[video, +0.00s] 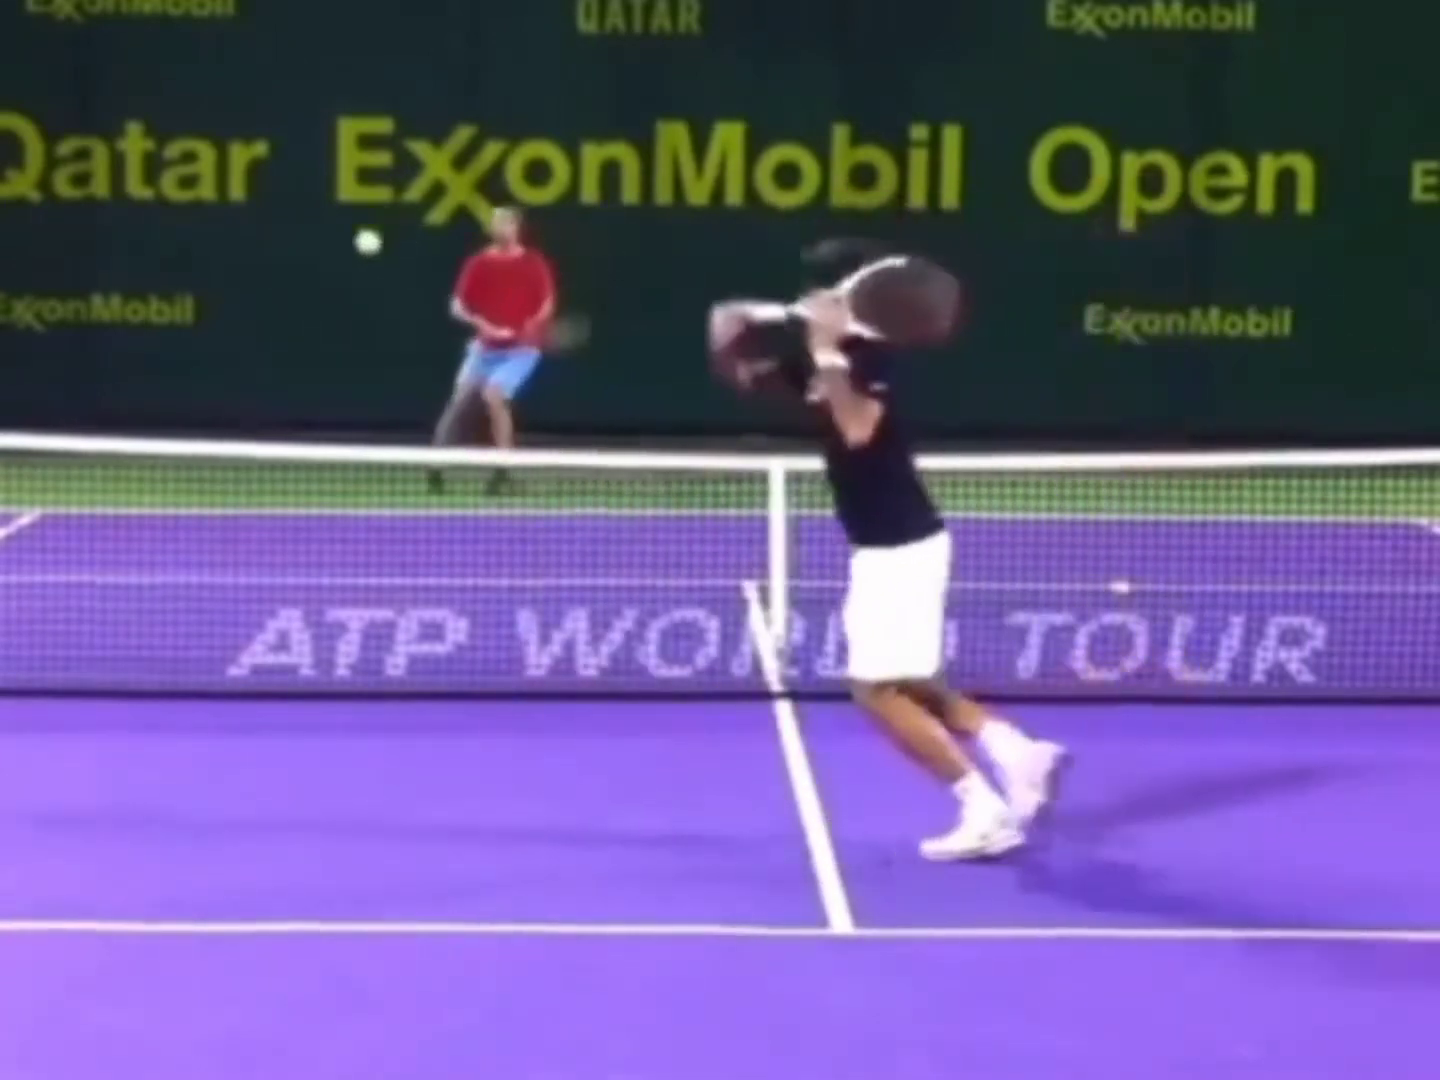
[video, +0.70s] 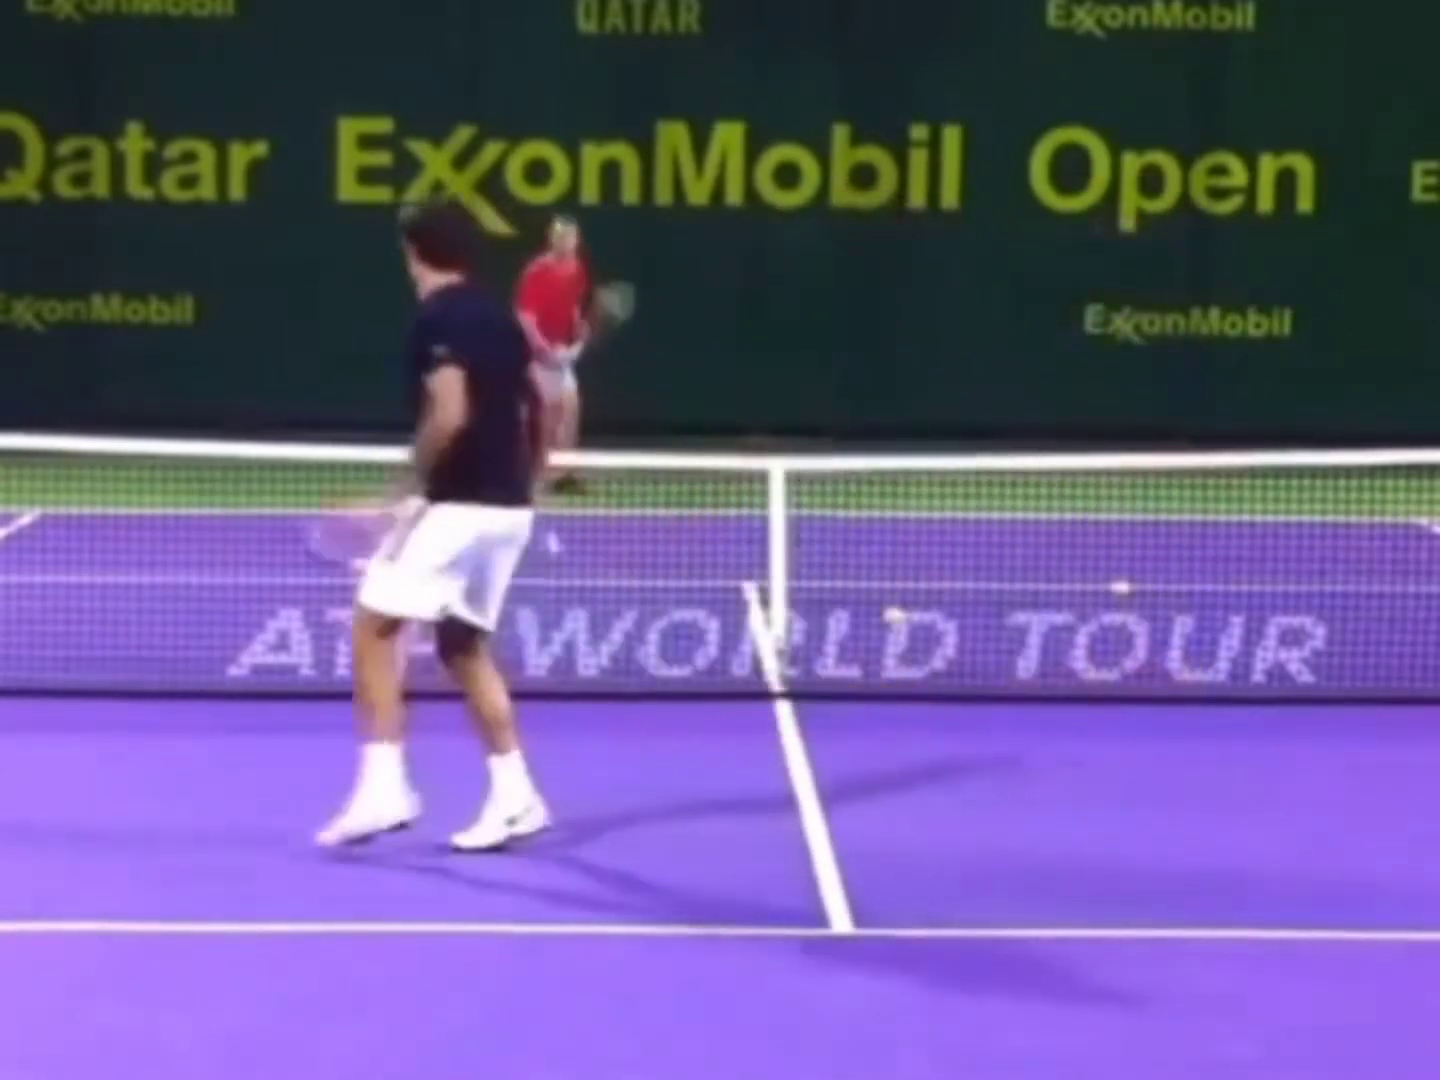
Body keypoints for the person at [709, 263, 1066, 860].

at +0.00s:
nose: (817, 312)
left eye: (823, 306)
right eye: (818, 305)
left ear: (839, 320)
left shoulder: (867, 368)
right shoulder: (834, 372)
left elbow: (858, 427)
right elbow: (786, 387)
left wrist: (825, 349)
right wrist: (750, 355)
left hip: (900, 547)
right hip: (896, 544)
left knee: (874, 688)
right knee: (908, 678)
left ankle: (981, 803)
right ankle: (1017, 751)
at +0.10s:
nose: (732, 306)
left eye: (741, 297)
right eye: (733, 297)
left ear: (763, 304)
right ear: (775, 304)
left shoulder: (801, 361)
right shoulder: (750, 363)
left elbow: (801, 399)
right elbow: (653, 378)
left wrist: (729, 368)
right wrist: (596, 347)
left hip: (853, 549)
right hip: (802, 550)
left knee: (861, 691)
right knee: (748, 654)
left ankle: (976, 798)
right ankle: (813, 782)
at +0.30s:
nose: (557, 334)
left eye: (564, 322)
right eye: (557, 322)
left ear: (595, 327)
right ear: (604, 325)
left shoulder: (621, 387)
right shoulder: (650, 369)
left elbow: (573, 468)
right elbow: (715, 394)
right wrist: (770, 412)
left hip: (674, 569)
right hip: (619, 559)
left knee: (709, 712)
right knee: (534, 655)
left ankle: (846, 786)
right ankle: (524, 810)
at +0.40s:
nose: (496, 330)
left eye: (500, 318)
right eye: (495, 318)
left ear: (520, 320)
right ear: (539, 316)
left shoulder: (586, 371)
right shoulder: (540, 375)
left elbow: (669, 413)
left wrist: (750, 450)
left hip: (608, 571)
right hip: (551, 559)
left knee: (593, 721)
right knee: (480, 665)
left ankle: (725, 788)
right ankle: (521, 807)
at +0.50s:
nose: (461, 310)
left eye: (463, 298)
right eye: (461, 298)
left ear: (477, 298)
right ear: (516, 290)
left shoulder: (522, 349)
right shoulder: (536, 348)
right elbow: (591, 419)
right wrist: (641, 460)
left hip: (551, 544)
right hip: (521, 538)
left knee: (494, 678)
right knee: (458, 658)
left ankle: (607, 773)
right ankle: (515, 797)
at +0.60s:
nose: (432, 278)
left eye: (433, 267)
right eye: (433, 267)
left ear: (443, 268)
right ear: (491, 263)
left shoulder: (487, 329)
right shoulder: (512, 323)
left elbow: (537, 422)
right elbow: (560, 406)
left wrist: (533, 507)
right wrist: (559, 490)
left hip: (495, 512)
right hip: (521, 512)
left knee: (418, 639)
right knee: (462, 645)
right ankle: (515, 783)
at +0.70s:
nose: (409, 268)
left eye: (409, 257)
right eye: (414, 257)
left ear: (417, 257)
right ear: (469, 255)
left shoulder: (438, 317)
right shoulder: (505, 319)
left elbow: (449, 413)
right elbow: (548, 401)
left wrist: (414, 477)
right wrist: (529, 473)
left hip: (458, 506)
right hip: (511, 508)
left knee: (373, 625)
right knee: (463, 640)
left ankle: (383, 781)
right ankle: (513, 787)